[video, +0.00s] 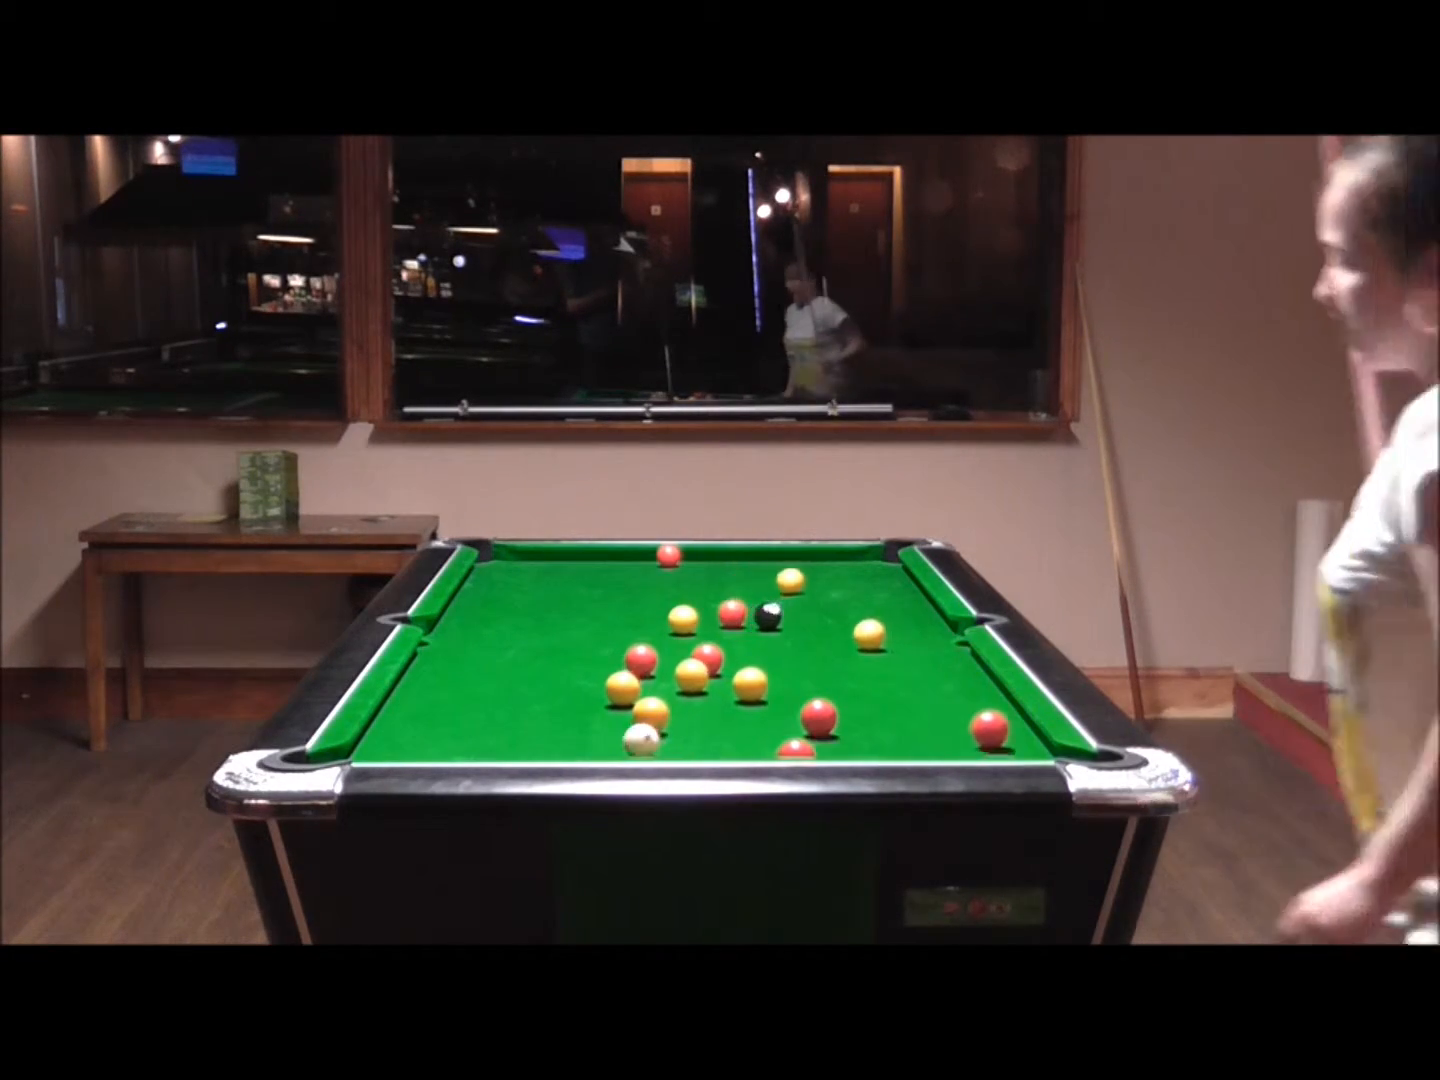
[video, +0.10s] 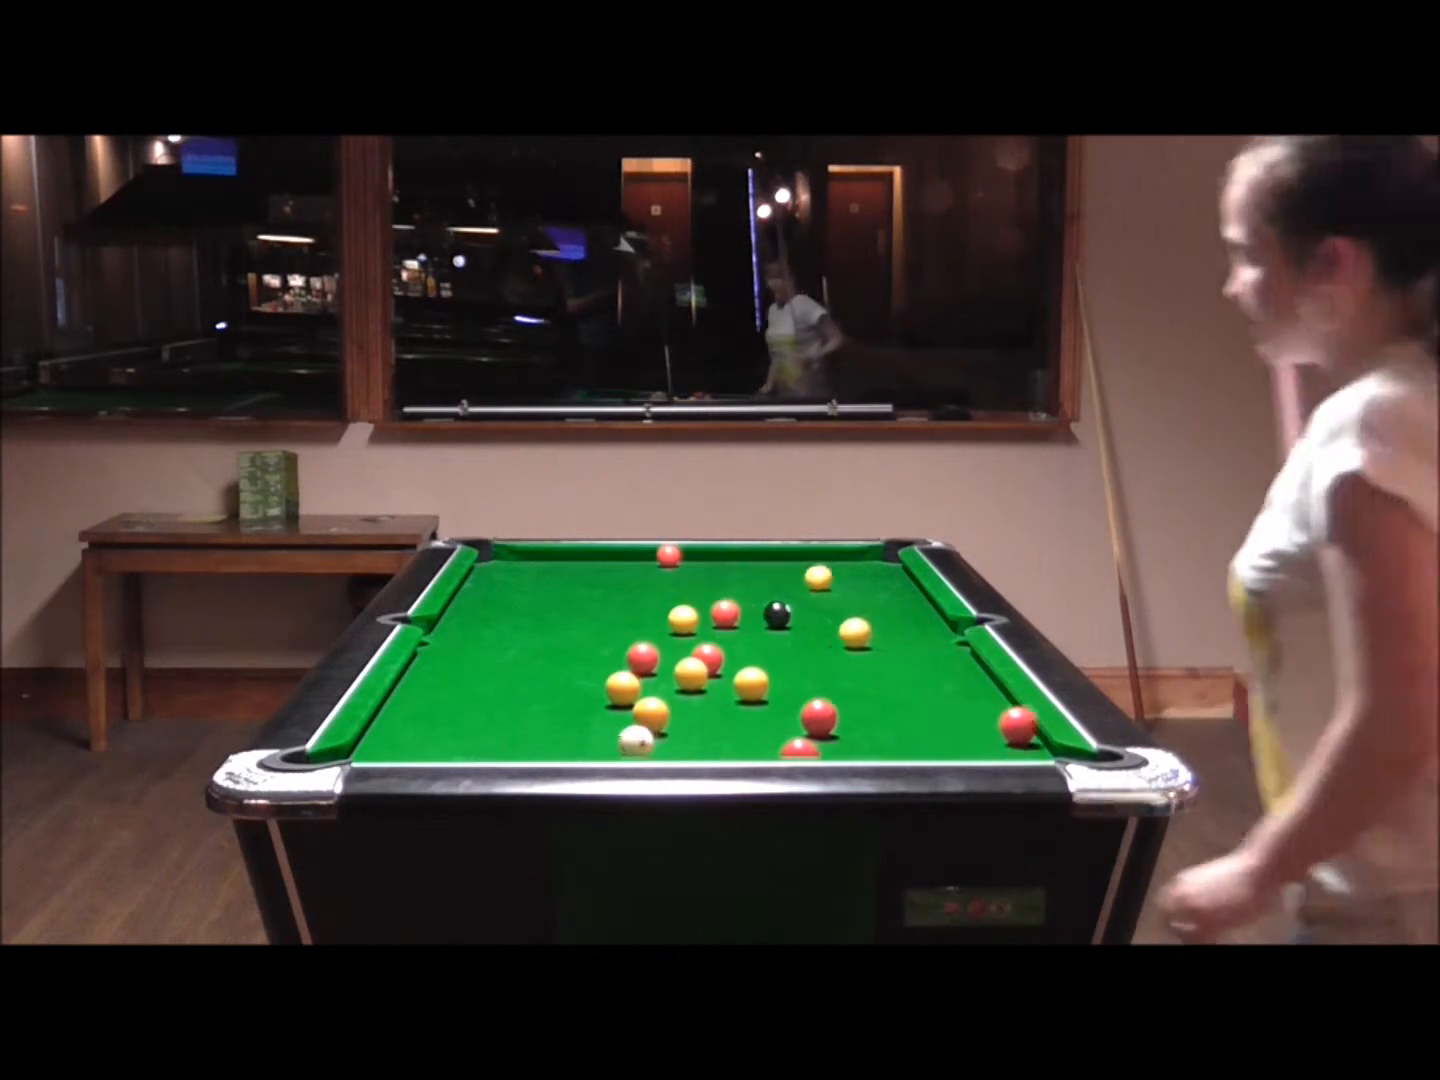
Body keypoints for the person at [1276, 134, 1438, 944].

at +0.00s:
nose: (1323, 288)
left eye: (1342, 261)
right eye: (1328, 259)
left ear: (1424, 281)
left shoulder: (1428, 449)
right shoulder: (1418, 429)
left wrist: (1375, 879)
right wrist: (1380, 876)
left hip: (1428, 908)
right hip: (1414, 899)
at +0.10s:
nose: (1231, 286)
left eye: (1246, 257)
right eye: (1232, 256)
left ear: (1335, 267)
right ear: (1342, 268)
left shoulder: (1370, 432)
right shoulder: (1401, 400)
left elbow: (1393, 722)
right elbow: (1391, 712)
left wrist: (1254, 871)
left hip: (1378, 909)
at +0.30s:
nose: (1042, 308)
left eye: (1050, 279)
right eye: (1041, 280)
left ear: (1110, 288)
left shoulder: (1160, 470)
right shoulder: (1291, 431)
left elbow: (1128, 762)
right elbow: (1399, 610)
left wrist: (982, 844)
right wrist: (1252, 686)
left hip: (1214, 922)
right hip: (1330, 893)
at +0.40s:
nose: (957, 315)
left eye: (964, 287)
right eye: (956, 288)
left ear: (1012, 297)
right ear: (1114, 288)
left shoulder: (1044, 470)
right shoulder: (1204, 448)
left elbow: (1002, 765)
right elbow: (1311, 626)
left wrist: (872, 833)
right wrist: (1162, 676)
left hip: (1101, 920)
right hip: (1230, 897)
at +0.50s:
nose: (828, 308)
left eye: (830, 283)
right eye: (826, 284)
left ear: (862, 293)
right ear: (978, 283)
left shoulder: (863, 451)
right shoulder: (1068, 447)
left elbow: (824, 745)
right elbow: (1166, 636)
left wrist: (738, 830)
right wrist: (1027, 688)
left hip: (921, 894)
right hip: (1058, 874)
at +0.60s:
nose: (739, 292)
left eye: (740, 269)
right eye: (740, 268)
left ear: (765, 280)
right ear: (887, 270)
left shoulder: (751, 442)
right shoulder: (977, 430)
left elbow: (722, 710)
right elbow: (1082, 632)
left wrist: (658, 836)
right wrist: (939, 679)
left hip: (817, 872)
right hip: (960, 851)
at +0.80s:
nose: (515, 276)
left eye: (520, 255)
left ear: (531, 278)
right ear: (676, 270)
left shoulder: (479, 442)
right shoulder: (755, 424)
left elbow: (439, 700)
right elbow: (864, 641)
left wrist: (421, 835)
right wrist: (757, 678)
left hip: (552, 877)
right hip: (733, 863)